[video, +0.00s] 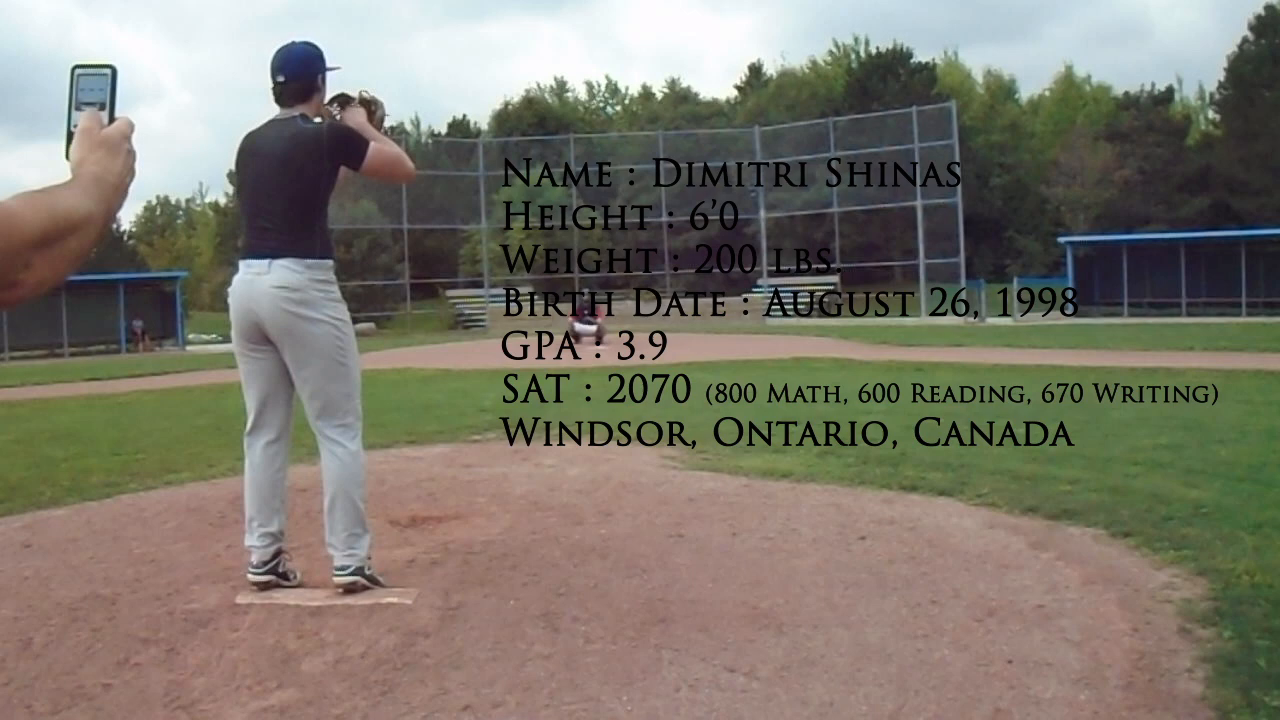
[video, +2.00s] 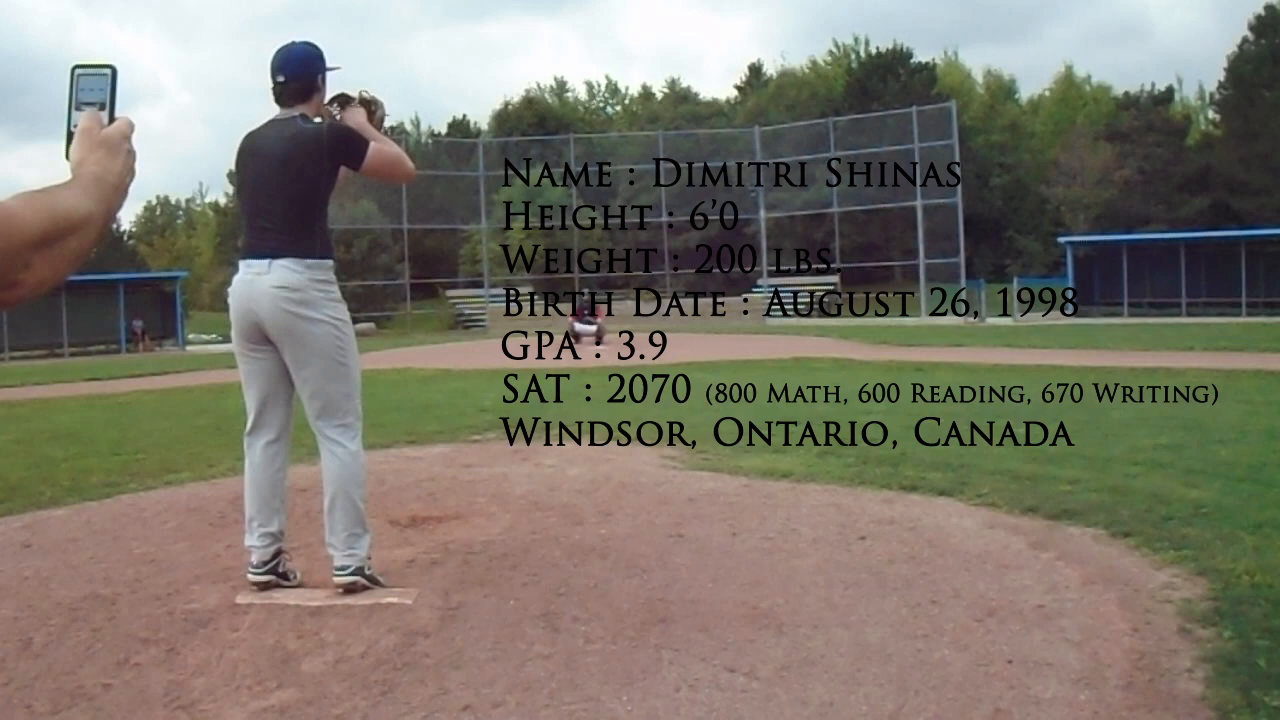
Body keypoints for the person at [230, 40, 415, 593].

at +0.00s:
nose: (327, 88)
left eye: (322, 81)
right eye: (325, 81)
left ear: (275, 88)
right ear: (320, 86)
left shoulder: (250, 143)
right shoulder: (327, 135)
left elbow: (301, 185)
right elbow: (402, 167)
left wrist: (327, 131)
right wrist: (362, 125)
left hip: (246, 288)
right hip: (303, 286)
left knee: (264, 430)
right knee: (338, 429)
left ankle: (263, 558)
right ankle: (350, 561)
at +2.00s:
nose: (327, 88)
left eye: (322, 81)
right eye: (325, 81)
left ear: (275, 88)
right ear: (320, 86)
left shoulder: (250, 143)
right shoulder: (327, 135)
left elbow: (301, 185)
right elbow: (402, 167)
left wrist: (327, 131)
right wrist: (362, 125)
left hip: (246, 288)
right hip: (303, 286)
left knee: (264, 430)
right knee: (338, 429)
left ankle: (263, 558)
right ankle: (350, 561)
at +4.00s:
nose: (306, 107)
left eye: (300, 98)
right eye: (306, 99)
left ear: (254, 102)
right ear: (300, 102)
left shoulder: (220, 153)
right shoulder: (300, 145)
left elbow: (274, 221)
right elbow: (377, 188)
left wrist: (320, 167)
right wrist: (344, 145)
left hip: (198, 302)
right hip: (261, 301)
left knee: (220, 462)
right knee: (317, 437)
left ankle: (236, 602)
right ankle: (344, 562)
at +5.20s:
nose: (317, 127)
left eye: (314, 118)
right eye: (314, 117)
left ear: (268, 122)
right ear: (301, 118)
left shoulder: (255, 176)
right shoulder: (277, 172)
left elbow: (335, 228)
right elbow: (362, 186)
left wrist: (376, 174)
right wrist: (368, 135)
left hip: (246, 331)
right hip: (282, 331)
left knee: (295, 434)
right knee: (341, 446)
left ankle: (243, 513)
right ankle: (314, 574)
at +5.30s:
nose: (318, 129)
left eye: (318, 120)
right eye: (316, 120)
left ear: (272, 121)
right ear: (303, 118)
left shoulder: (286, 176)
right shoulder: (265, 168)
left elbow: (353, 220)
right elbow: (339, 178)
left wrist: (385, 162)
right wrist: (366, 125)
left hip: (292, 324)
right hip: (277, 328)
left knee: (356, 399)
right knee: (340, 444)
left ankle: (282, 494)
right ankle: (313, 573)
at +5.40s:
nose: (322, 142)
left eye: (323, 133)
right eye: (319, 131)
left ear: (284, 125)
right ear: (301, 123)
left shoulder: (301, 179)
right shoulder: (246, 170)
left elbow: (366, 212)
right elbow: (312, 174)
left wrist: (380, 148)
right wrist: (349, 121)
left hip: (314, 320)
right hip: (277, 331)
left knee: (396, 371)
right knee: (341, 450)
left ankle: (349, 477)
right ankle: (312, 574)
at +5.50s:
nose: (319, 144)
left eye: (321, 137)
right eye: (314, 134)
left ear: (292, 138)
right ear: (294, 131)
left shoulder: (310, 182)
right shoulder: (236, 175)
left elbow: (377, 207)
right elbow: (281, 178)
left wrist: (367, 142)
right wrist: (326, 117)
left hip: (324, 316)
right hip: (277, 334)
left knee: (420, 329)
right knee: (344, 451)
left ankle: (420, 455)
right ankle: (312, 574)